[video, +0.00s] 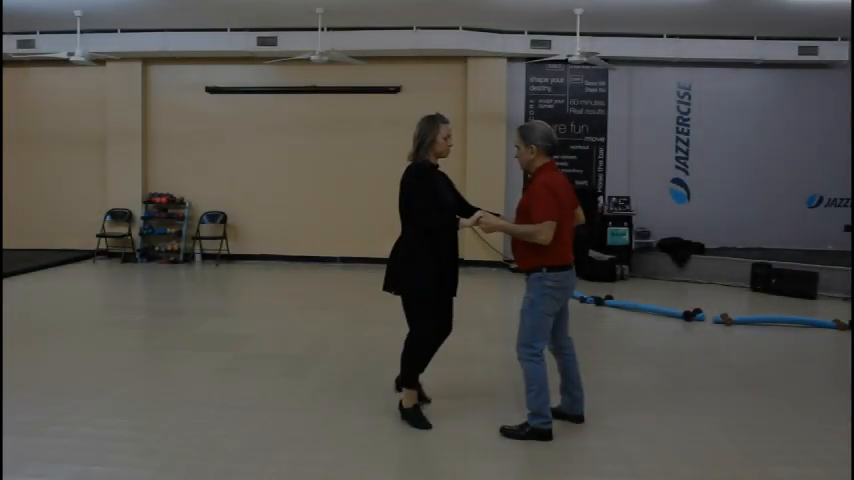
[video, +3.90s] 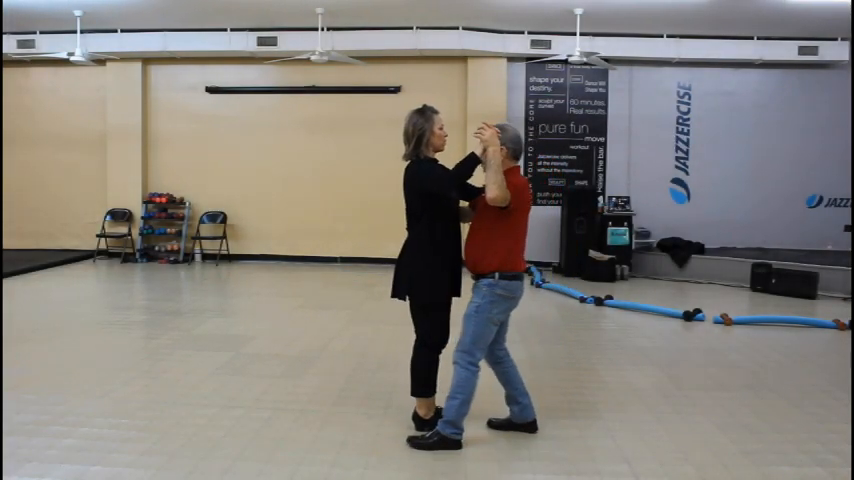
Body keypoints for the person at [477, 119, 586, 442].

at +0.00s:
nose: (516, 154)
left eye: (519, 148)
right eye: (517, 148)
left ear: (534, 150)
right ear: (542, 151)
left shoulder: (543, 184)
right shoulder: (558, 179)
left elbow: (543, 235)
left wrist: (500, 225)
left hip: (545, 279)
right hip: (561, 275)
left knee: (529, 350)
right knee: (561, 343)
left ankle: (538, 422)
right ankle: (573, 407)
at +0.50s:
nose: (523, 153)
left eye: (530, 147)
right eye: (520, 147)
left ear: (549, 149)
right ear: (519, 149)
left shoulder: (554, 182)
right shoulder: (539, 181)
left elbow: (539, 233)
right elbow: (532, 229)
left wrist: (495, 227)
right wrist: (497, 226)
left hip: (553, 279)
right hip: (547, 276)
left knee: (544, 354)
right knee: (556, 346)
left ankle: (550, 427)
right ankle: (571, 407)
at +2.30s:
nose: (513, 153)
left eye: (517, 146)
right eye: (513, 147)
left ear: (536, 148)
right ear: (536, 148)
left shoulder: (552, 179)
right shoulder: (534, 179)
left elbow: (529, 218)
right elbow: (510, 212)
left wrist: (500, 181)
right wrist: (464, 207)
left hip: (549, 279)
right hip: (535, 277)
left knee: (541, 353)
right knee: (531, 349)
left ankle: (548, 424)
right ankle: (537, 412)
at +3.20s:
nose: (492, 151)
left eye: (497, 145)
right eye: (491, 145)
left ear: (516, 148)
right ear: (512, 148)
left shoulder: (533, 178)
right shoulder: (501, 183)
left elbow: (509, 197)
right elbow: (466, 209)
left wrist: (499, 156)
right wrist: (433, 199)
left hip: (523, 276)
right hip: (507, 276)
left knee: (496, 347)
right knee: (514, 347)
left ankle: (518, 418)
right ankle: (525, 416)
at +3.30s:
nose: (491, 152)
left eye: (495, 146)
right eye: (489, 146)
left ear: (513, 148)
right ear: (509, 149)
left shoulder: (530, 179)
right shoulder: (499, 184)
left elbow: (506, 198)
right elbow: (463, 208)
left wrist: (497, 156)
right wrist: (432, 195)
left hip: (518, 277)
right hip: (504, 276)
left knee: (489, 349)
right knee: (512, 348)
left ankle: (489, 426)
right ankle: (525, 417)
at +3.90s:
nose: (481, 150)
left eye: (487, 145)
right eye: (483, 145)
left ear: (503, 151)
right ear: (503, 152)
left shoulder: (517, 181)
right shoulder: (496, 183)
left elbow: (496, 198)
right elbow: (466, 213)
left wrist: (491, 156)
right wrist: (432, 208)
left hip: (498, 282)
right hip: (496, 280)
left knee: (466, 356)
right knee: (495, 351)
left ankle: (449, 430)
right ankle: (523, 416)